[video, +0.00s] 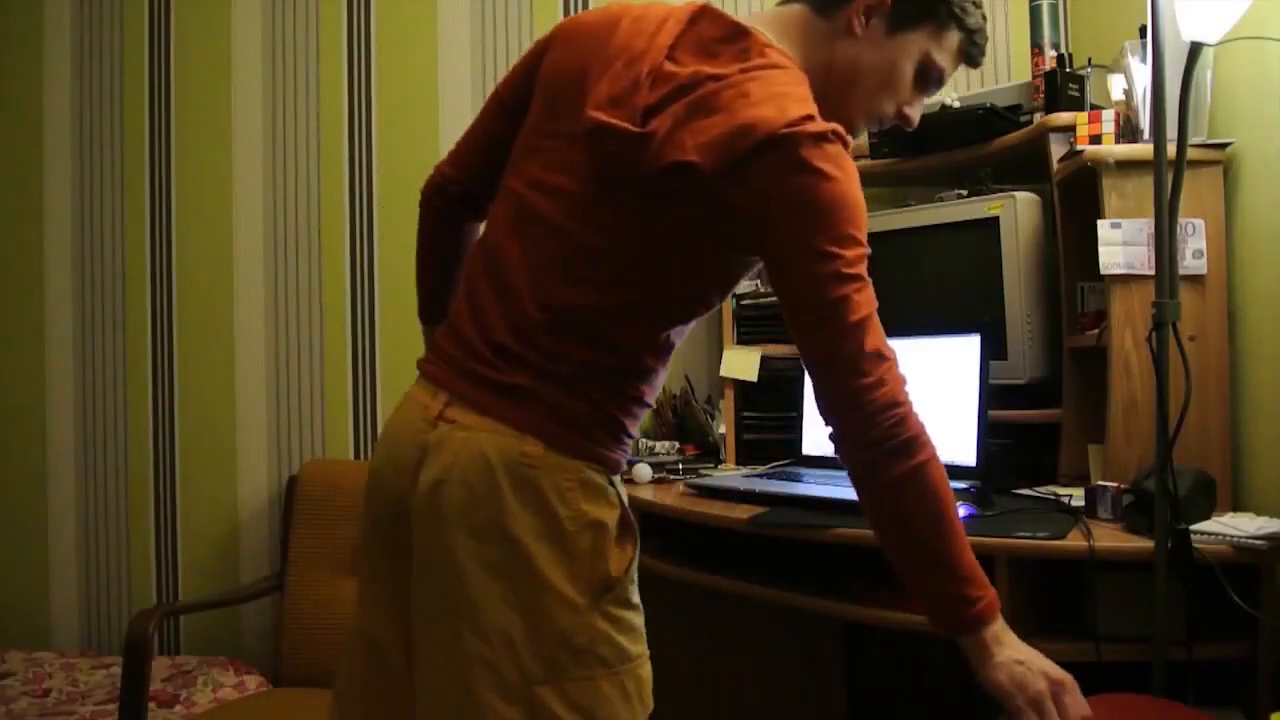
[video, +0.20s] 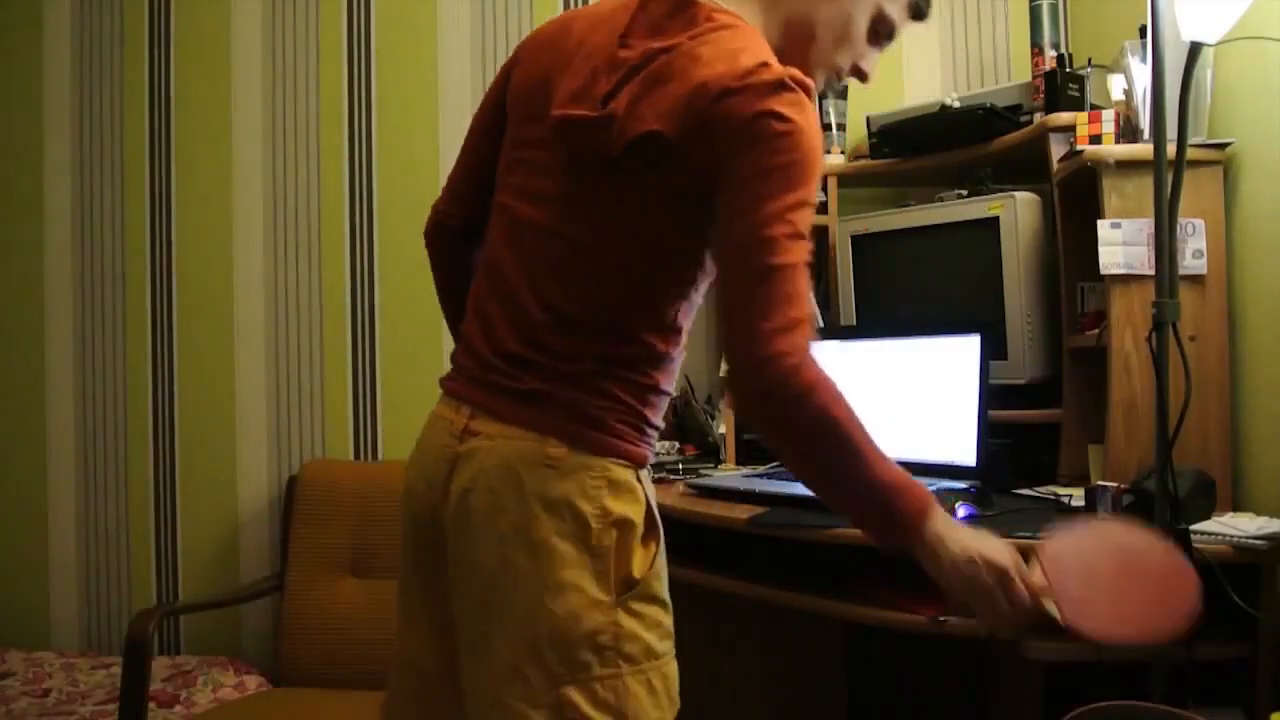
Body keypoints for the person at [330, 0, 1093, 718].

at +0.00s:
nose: (910, 114)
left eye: (931, 94)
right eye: (924, 75)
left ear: (845, 15)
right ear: (867, 14)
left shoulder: (594, 31)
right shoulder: (791, 137)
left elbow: (450, 195)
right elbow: (872, 414)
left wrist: (452, 367)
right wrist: (985, 632)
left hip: (416, 443)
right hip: (534, 490)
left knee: (384, 710)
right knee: (567, 702)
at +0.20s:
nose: (863, 67)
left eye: (882, 48)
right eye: (876, 31)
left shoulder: (559, 35)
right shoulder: (761, 96)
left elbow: (451, 227)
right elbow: (771, 372)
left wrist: (501, 368)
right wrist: (933, 532)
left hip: (449, 457)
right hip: (568, 496)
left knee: (429, 713)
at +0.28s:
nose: (841, 56)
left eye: (860, 34)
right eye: (853, 22)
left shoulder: (542, 41)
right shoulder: (741, 75)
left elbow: (452, 241)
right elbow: (708, 334)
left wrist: (506, 376)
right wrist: (879, 471)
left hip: (458, 460)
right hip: (578, 491)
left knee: (453, 713)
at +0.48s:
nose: (755, 56)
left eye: (777, 38)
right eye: (780, 23)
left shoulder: (515, 54)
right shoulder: (669, 42)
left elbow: (449, 276)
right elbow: (633, 305)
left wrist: (533, 402)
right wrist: (792, 432)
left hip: (483, 466)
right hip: (581, 487)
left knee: (510, 708)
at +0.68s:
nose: (692, 70)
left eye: (712, 53)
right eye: (711, 42)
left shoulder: (501, 64)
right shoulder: (594, 51)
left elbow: (444, 300)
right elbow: (557, 283)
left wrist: (596, 401)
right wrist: (698, 406)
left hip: (507, 475)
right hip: (569, 487)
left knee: (531, 708)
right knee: (624, 706)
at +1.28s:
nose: (683, 150)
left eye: (699, 135)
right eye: (698, 125)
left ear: (666, 73)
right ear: (671, 75)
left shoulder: (561, 113)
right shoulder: (542, 79)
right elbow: (491, 246)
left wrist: (591, 370)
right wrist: (605, 329)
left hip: (504, 462)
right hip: (476, 468)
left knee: (481, 704)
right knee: (526, 705)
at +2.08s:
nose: (718, 244)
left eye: (732, 232)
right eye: (733, 222)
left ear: (713, 172)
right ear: (718, 172)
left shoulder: (596, 210)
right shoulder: (602, 101)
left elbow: (561, 387)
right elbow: (487, 207)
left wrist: (695, 444)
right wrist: (614, 334)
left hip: (486, 477)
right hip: (429, 470)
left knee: (504, 699)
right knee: (469, 704)